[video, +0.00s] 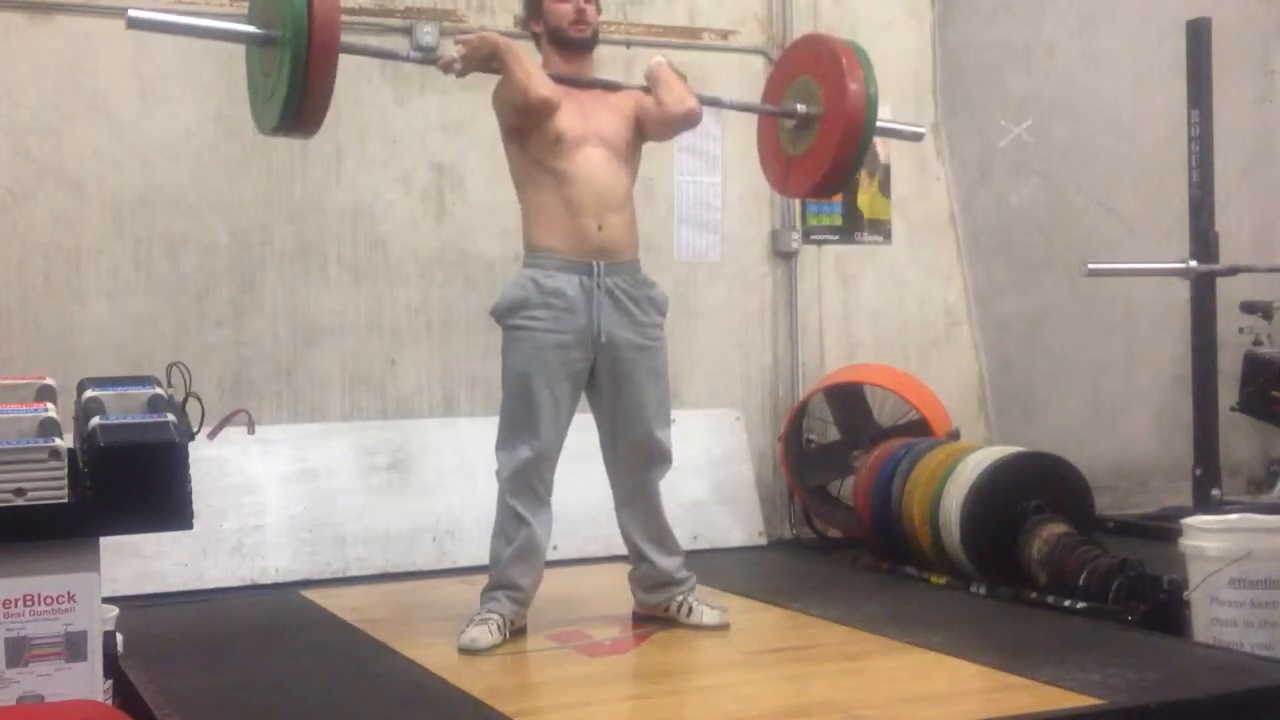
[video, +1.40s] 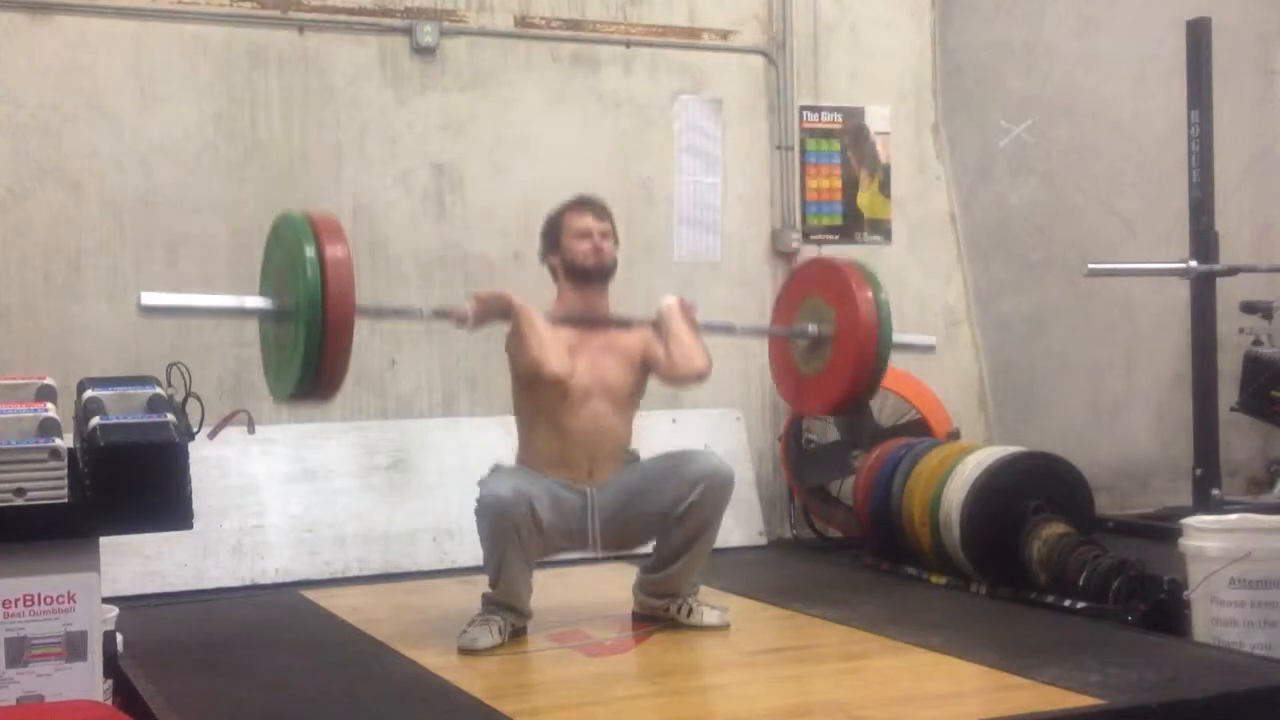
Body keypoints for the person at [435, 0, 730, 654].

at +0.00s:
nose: (582, 7)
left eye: (589, 0)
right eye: (565, 0)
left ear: (599, 18)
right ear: (537, 19)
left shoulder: (629, 102)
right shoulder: (524, 98)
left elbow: (684, 110)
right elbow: (536, 100)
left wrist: (656, 62)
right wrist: (505, 49)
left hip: (630, 293)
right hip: (548, 291)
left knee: (645, 450)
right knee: (528, 456)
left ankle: (661, 591)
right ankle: (504, 603)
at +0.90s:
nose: (591, 80)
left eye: (600, 72)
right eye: (576, 71)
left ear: (610, 91)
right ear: (548, 90)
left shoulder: (632, 173)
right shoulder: (529, 164)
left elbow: (686, 193)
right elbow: (533, 189)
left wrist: (664, 143)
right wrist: (509, 133)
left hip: (619, 360)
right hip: (533, 358)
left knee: (692, 457)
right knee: (509, 469)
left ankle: (663, 594)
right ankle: (502, 607)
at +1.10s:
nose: (595, 146)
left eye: (603, 140)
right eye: (580, 139)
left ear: (613, 159)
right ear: (551, 160)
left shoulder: (636, 241)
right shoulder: (528, 236)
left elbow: (689, 269)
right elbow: (544, 268)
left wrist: (669, 215)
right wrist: (513, 206)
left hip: (617, 410)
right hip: (533, 410)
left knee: (702, 469)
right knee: (504, 487)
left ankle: (662, 597)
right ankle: (503, 610)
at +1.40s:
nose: (597, 243)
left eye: (606, 236)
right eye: (583, 236)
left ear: (616, 253)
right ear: (553, 258)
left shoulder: (638, 337)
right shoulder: (531, 334)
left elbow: (691, 368)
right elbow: (553, 370)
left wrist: (672, 311)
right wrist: (514, 307)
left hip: (622, 498)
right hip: (548, 502)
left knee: (711, 474)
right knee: (501, 491)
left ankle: (662, 596)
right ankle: (504, 611)